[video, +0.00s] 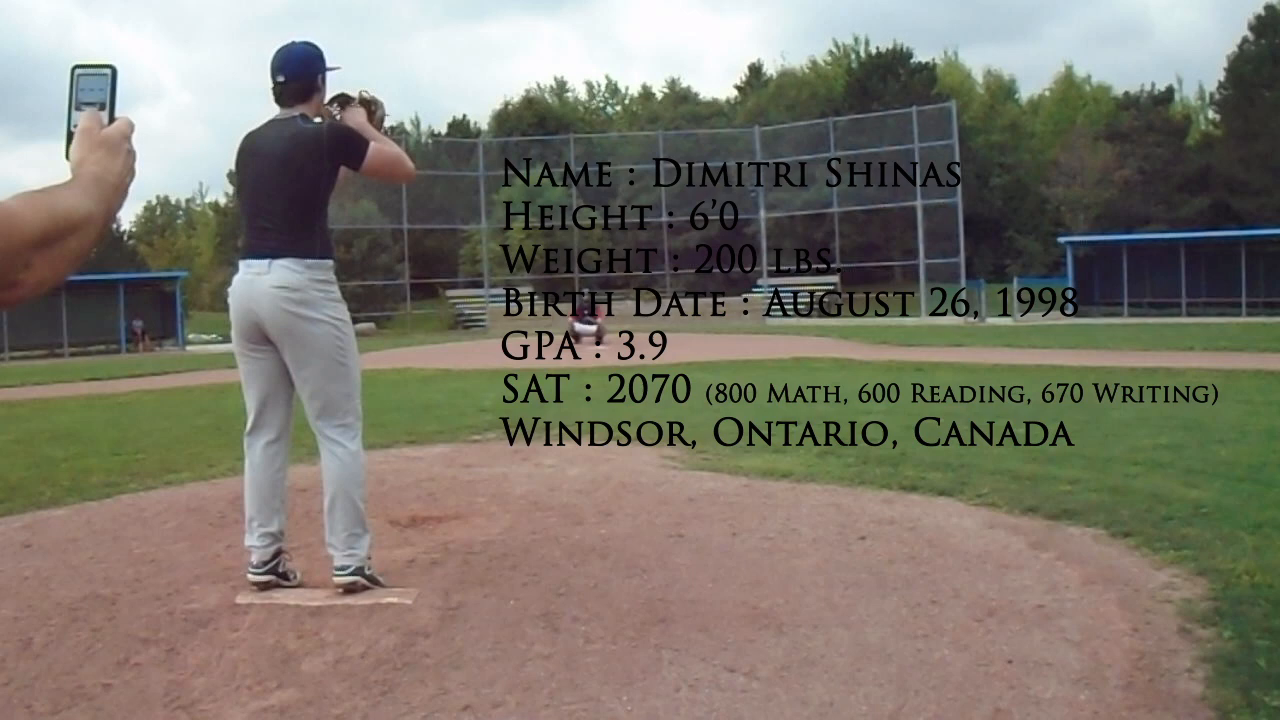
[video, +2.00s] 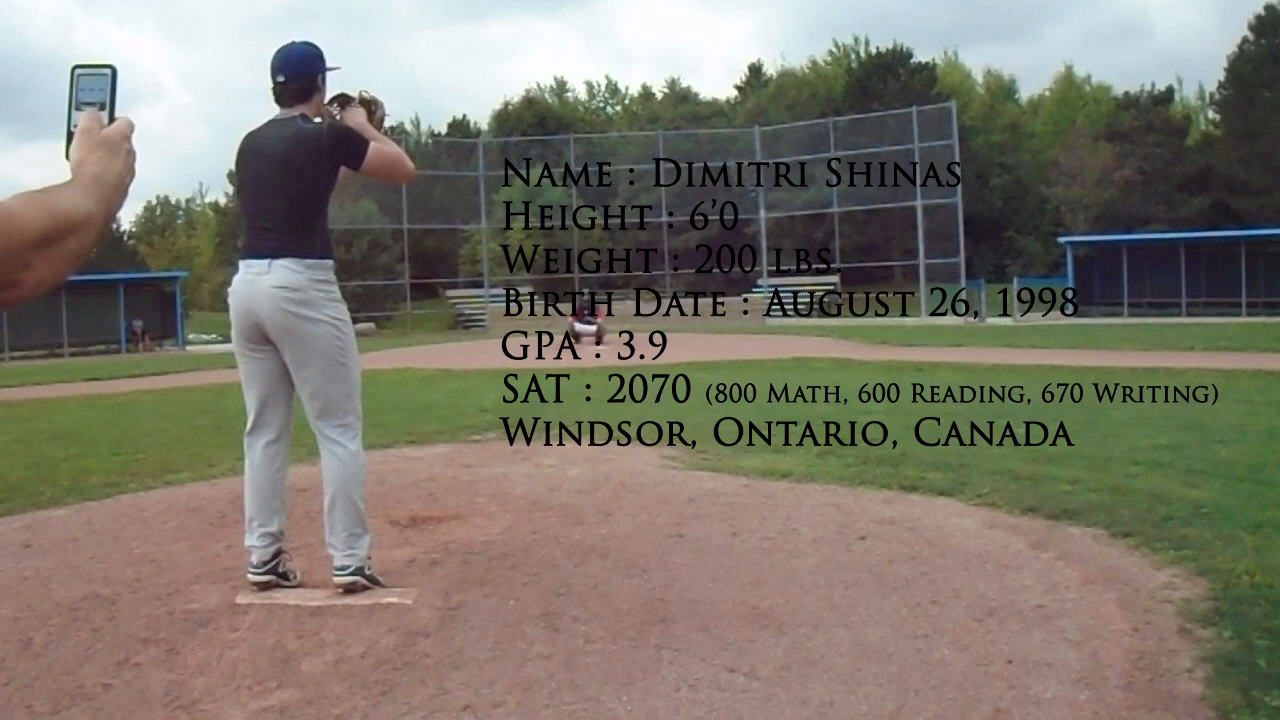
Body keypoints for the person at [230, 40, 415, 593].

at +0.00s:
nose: (327, 88)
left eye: (322, 81)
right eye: (325, 81)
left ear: (275, 88)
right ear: (320, 86)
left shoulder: (250, 143)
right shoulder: (327, 135)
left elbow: (301, 185)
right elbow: (402, 167)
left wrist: (327, 131)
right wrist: (362, 125)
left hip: (246, 288)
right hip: (303, 286)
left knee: (264, 430)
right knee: (338, 429)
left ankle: (263, 558)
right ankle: (350, 561)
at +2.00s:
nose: (327, 88)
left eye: (322, 81)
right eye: (325, 81)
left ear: (275, 88)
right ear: (320, 86)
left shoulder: (250, 143)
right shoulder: (327, 135)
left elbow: (301, 185)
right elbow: (402, 167)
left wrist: (327, 131)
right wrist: (362, 125)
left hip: (246, 288)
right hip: (303, 286)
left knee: (264, 430)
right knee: (338, 429)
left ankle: (263, 558)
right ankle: (350, 561)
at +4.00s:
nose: (327, 88)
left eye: (322, 81)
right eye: (325, 81)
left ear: (275, 88)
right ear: (320, 86)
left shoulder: (250, 143)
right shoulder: (327, 135)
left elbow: (301, 185)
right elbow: (402, 167)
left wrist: (327, 131)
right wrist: (362, 125)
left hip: (246, 288)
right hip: (303, 286)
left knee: (264, 430)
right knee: (338, 429)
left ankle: (263, 558)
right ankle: (350, 561)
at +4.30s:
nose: (327, 88)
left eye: (322, 81)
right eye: (325, 81)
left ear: (275, 88)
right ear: (320, 86)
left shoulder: (250, 143)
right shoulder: (327, 135)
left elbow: (301, 185)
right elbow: (402, 167)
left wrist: (327, 131)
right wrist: (362, 125)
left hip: (246, 288)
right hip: (303, 286)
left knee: (264, 430)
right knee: (338, 429)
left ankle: (263, 558)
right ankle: (350, 561)